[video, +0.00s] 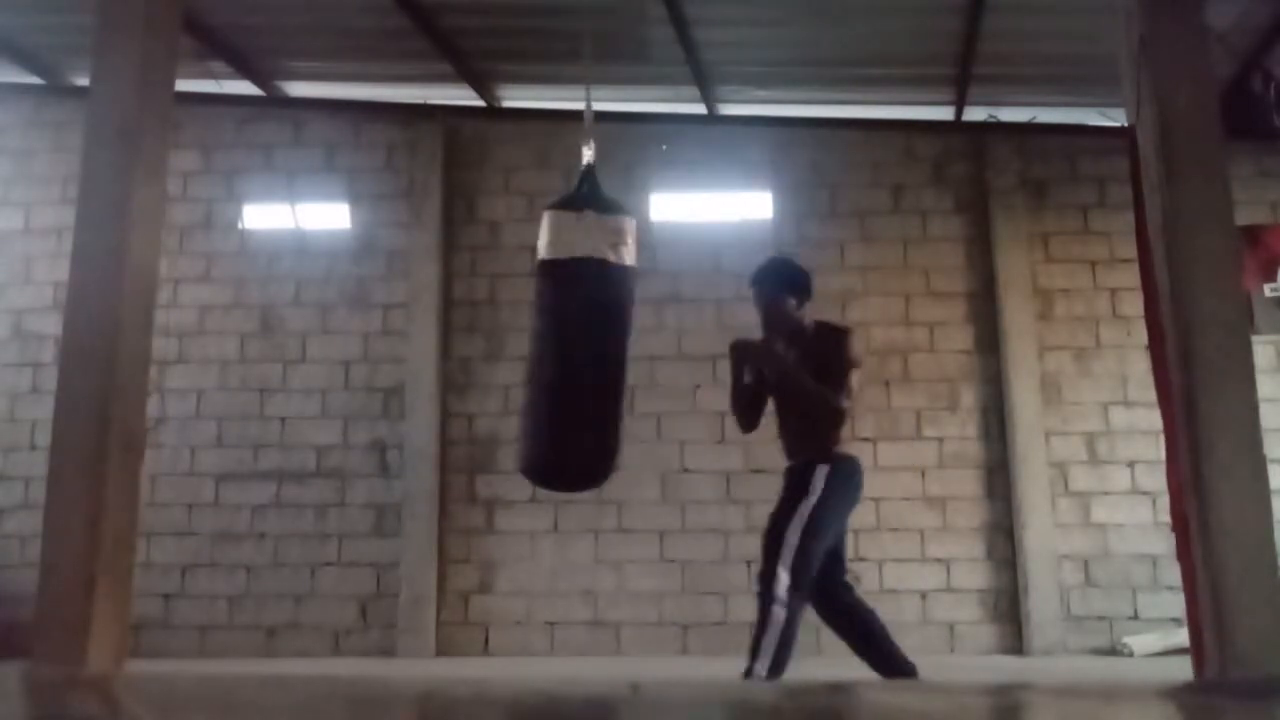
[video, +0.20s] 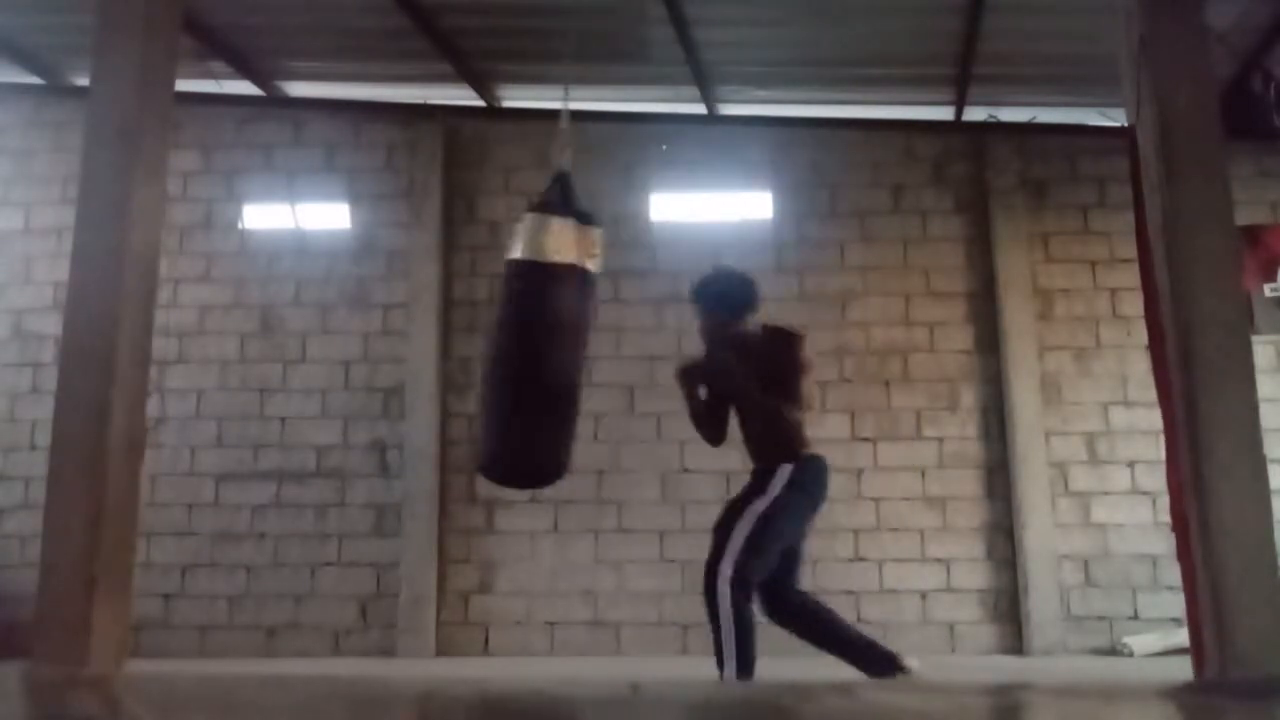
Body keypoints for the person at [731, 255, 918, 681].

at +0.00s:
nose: (760, 310)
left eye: (766, 300)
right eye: (758, 300)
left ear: (791, 299)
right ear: (765, 300)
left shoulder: (828, 339)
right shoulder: (768, 348)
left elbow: (834, 411)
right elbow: (747, 419)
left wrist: (779, 364)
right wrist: (745, 370)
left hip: (828, 471)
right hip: (805, 472)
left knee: (782, 577)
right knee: (827, 587)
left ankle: (756, 690)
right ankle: (906, 681)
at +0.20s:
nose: (700, 323)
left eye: (704, 314)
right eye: (700, 314)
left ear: (722, 313)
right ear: (733, 314)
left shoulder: (774, 343)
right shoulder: (720, 358)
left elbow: (794, 403)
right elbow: (714, 432)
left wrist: (731, 367)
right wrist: (692, 391)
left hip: (790, 473)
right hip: (783, 475)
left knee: (725, 575)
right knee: (779, 597)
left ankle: (735, 692)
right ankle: (889, 669)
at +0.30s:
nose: (671, 312)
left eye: (674, 301)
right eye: (670, 302)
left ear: (692, 299)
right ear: (706, 297)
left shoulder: (748, 326)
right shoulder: (699, 343)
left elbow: (754, 392)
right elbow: (702, 417)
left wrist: (694, 351)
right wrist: (670, 371)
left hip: (781, 459)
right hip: (765, 459)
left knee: (728, 577)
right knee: (742, 578)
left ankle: (737, 691)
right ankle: (838, 668)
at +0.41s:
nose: (648, 304)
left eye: (654, 291)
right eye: (647, 293)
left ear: (680, 286)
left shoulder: (730, 317)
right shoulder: (684, 334)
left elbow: (719, 390)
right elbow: (691, 406)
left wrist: (667, 346)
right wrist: (654, 355)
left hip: (770, 447)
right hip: (747, 449)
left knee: (732, 561)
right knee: (713, 566)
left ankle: (745, 683)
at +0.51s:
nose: (643, 308)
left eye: (647, 295)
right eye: (640, 297)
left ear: (673, 288)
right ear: (666, 294)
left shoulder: (719, 320)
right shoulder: (683, 339)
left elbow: (706, 397)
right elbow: (676, 407)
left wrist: (649, 355)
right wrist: (645, 356)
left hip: (748, 453)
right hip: (731, 454)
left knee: (703, 555)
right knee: (693, 557)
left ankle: (730, 678)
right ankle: (726, 676)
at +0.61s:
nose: (633, 315)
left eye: (637, 303)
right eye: (632, 304)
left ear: (662, 298)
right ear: (668, 299)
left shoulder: (697, 339)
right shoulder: (692, 346)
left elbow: (661, 415)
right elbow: (657, 419)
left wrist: (629, 364)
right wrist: (633, 366)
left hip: (715, 464)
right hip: (739, 467)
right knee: (686, 573)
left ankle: (684, 666)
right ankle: (729, 671)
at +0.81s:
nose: (600, 327)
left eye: (601, 319)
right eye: (598, 320)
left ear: (615, 316)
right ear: (646, 311)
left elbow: (558, 385)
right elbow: (743, 398)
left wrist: (502, 393)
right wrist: (720, 428)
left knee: (629, 568)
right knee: (710, 570)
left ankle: (611, 684)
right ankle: (735, 679)